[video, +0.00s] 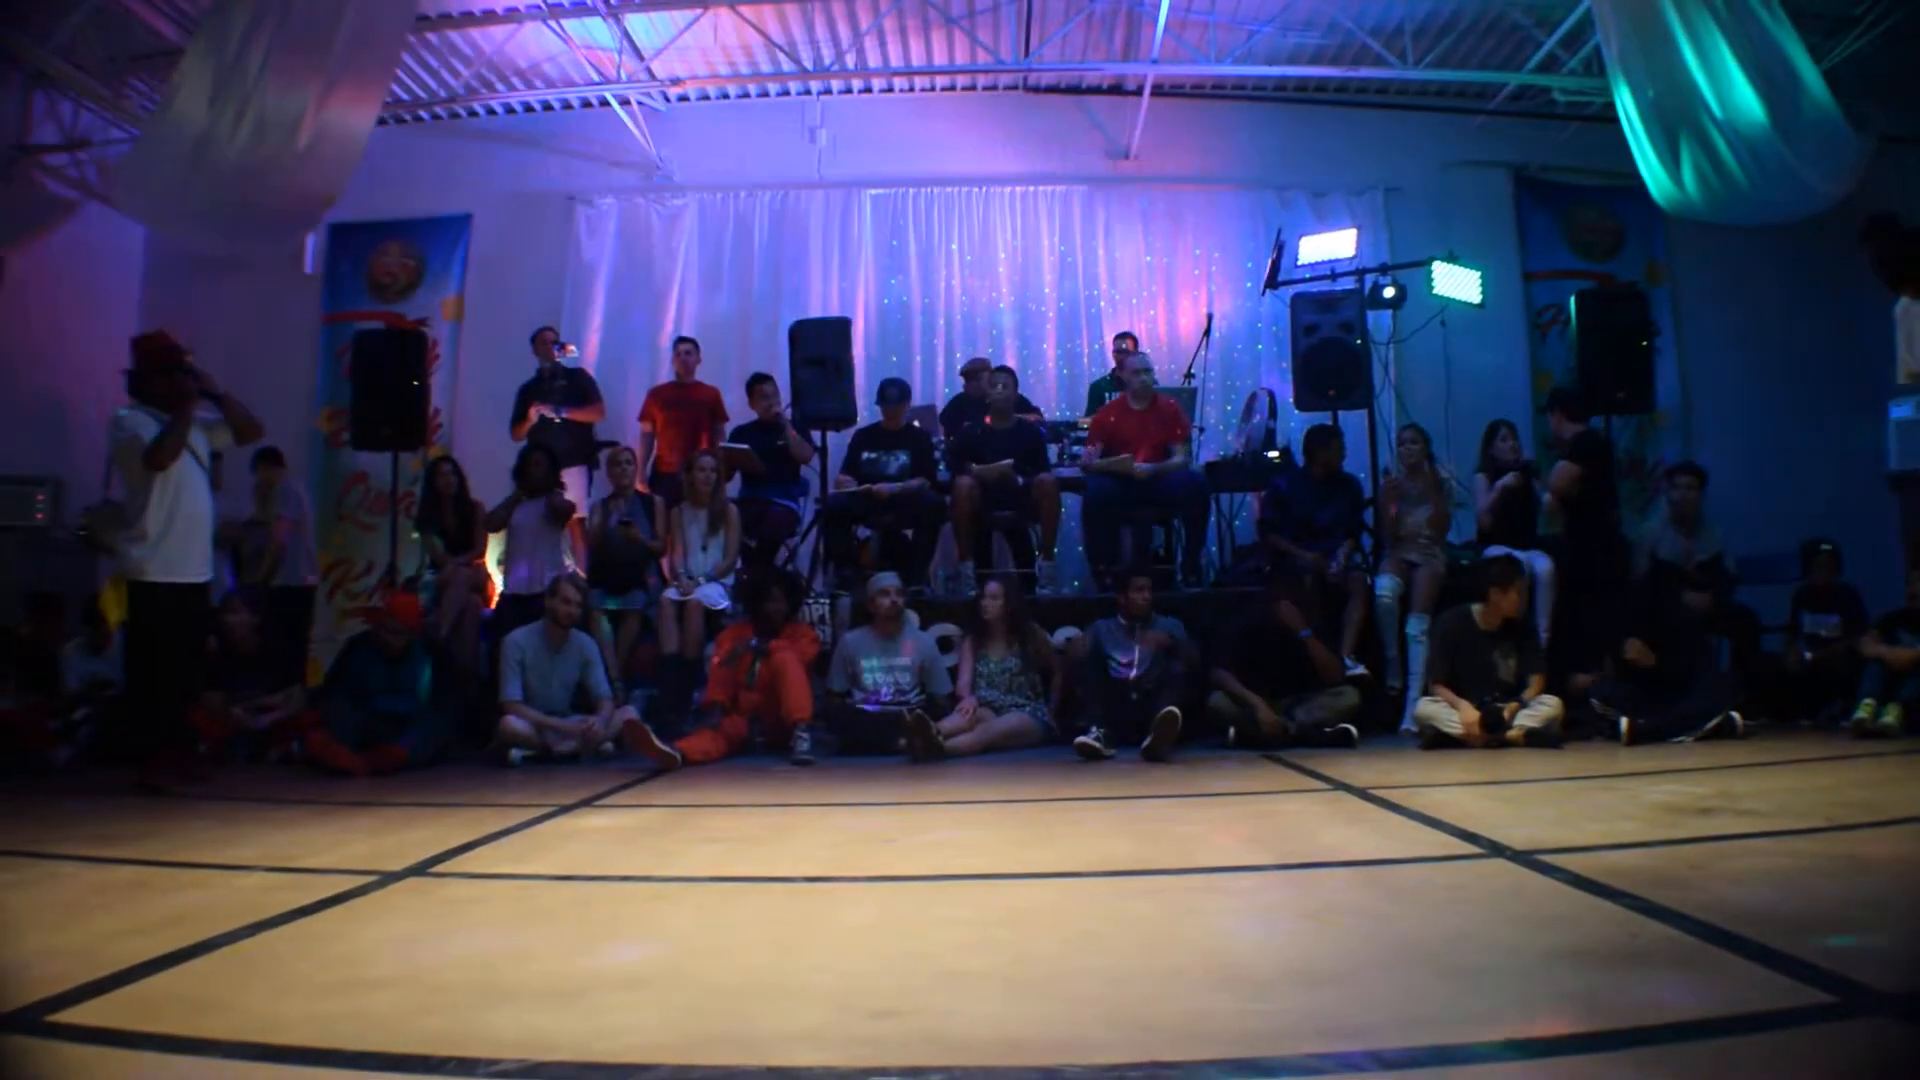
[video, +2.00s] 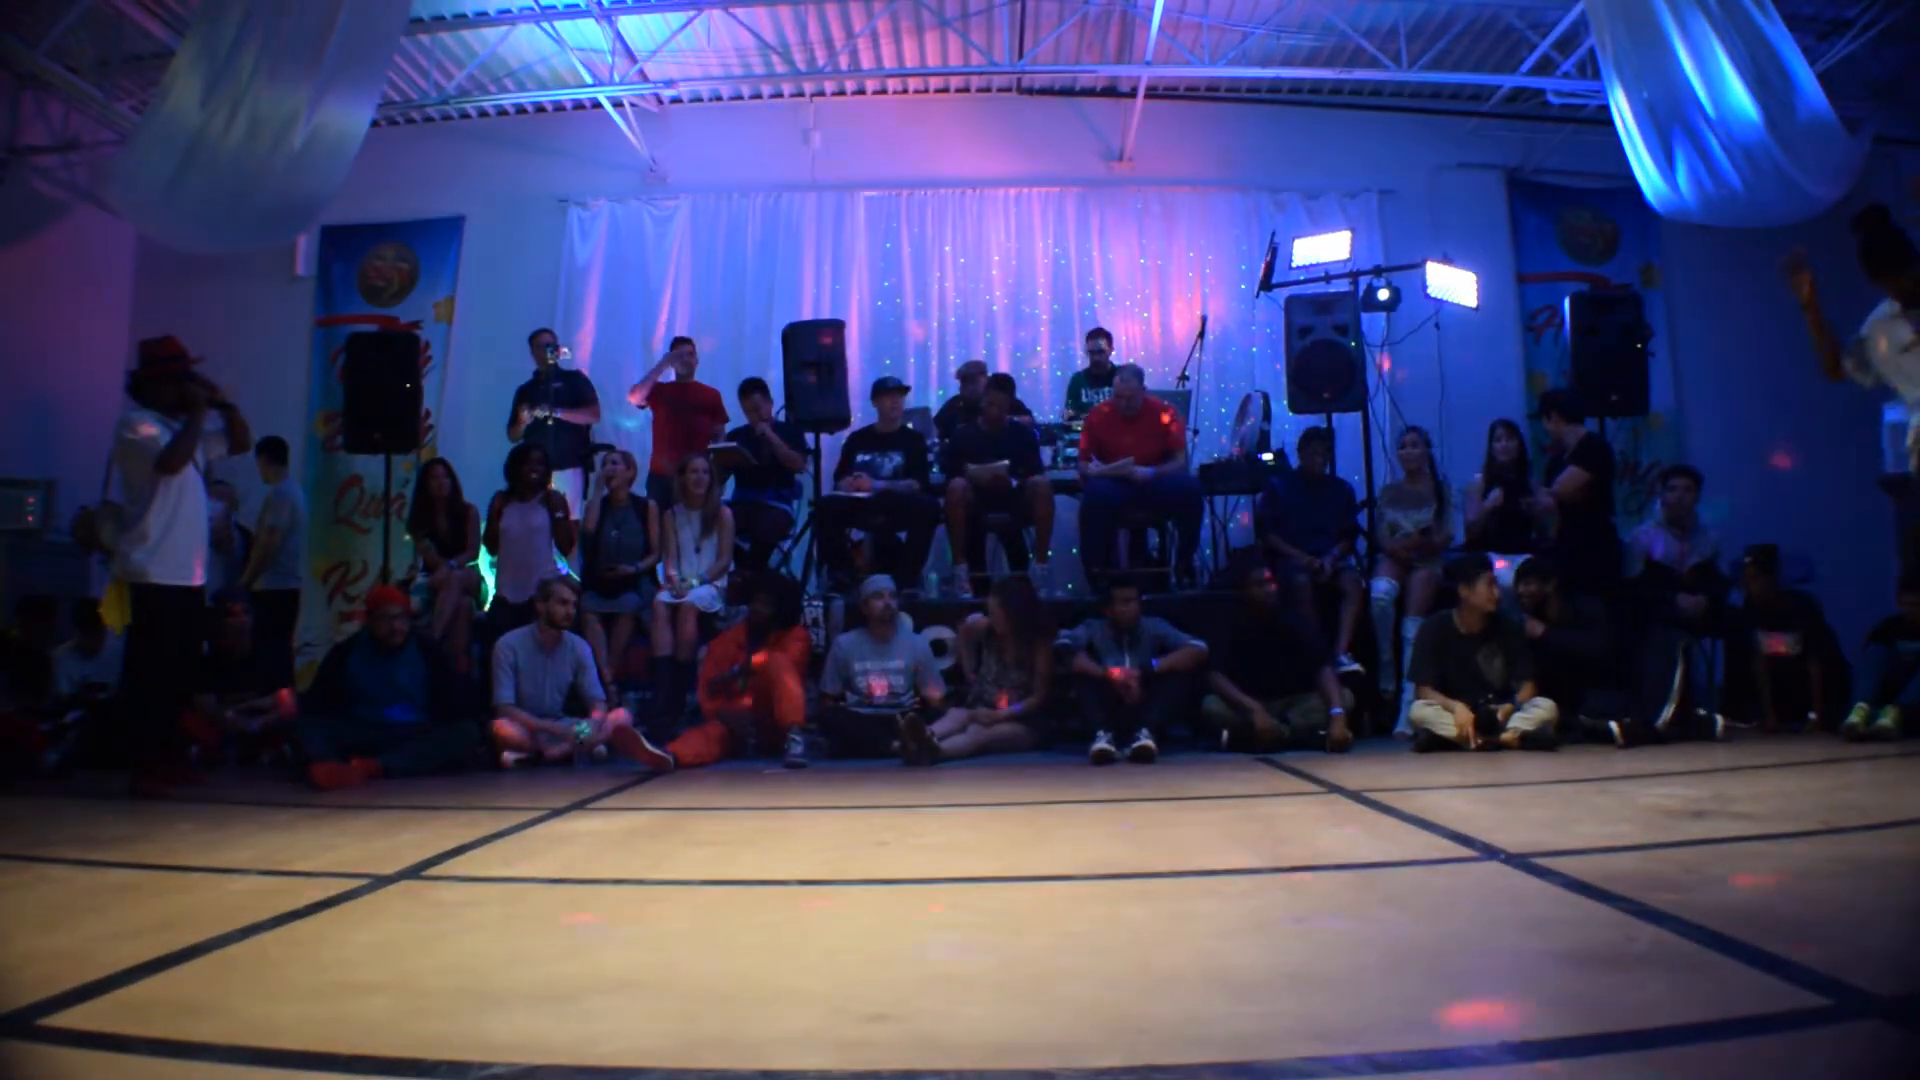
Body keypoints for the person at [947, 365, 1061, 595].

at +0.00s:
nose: (999, 390)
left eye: (1006, 386)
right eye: (994, 386)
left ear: (1015, 394)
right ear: (987, 393)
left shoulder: (1030, 431)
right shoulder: (971, 430)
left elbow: (1041, 469)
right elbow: (955, 464)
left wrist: (1011, 473)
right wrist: (981, 471)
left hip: (1018, 489)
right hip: (984, 489)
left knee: (1047, 483)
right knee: (964, 485)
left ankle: (1047, 561)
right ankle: (965, 565)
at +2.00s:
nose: (995, 412)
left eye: (1001, 406)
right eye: (990, 405)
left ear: (1010, 405)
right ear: (982, 404)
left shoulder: (1022, 433)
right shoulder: (964, 433)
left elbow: (1035, 471)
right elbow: (951, 471)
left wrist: (1009, 481)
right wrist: (975, 476)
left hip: (1011, 491)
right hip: (977, 492)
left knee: (1041, 486)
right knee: (956, 488)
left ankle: (1041, 563)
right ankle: (960, 567)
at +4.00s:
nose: (987, 397)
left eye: (994, 392)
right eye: (984, 391)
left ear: (1008, 396)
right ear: (979, 392)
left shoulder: (1023, 434)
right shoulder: (963, 434)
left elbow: (1034, 472)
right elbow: (949, 469)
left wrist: (1009, 481)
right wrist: (972, 473)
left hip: (1012, 492)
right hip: (977, 492)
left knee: (1040, 486)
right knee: (956, 487)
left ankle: (1040, 562)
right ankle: (958, 565)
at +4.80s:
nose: (999, 394)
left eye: (1003, 389)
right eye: (993, 389)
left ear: (1008, 394)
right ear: (981, 395)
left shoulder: (1022, 432)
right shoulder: (966, 433)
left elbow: (1035, 471)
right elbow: (954, 468)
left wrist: (1010, 481)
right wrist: (979, 477)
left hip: (1013, 490)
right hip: (978, 491)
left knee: (1040, 486)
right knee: (957, 487)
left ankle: (1041, 562)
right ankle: (958, 564)